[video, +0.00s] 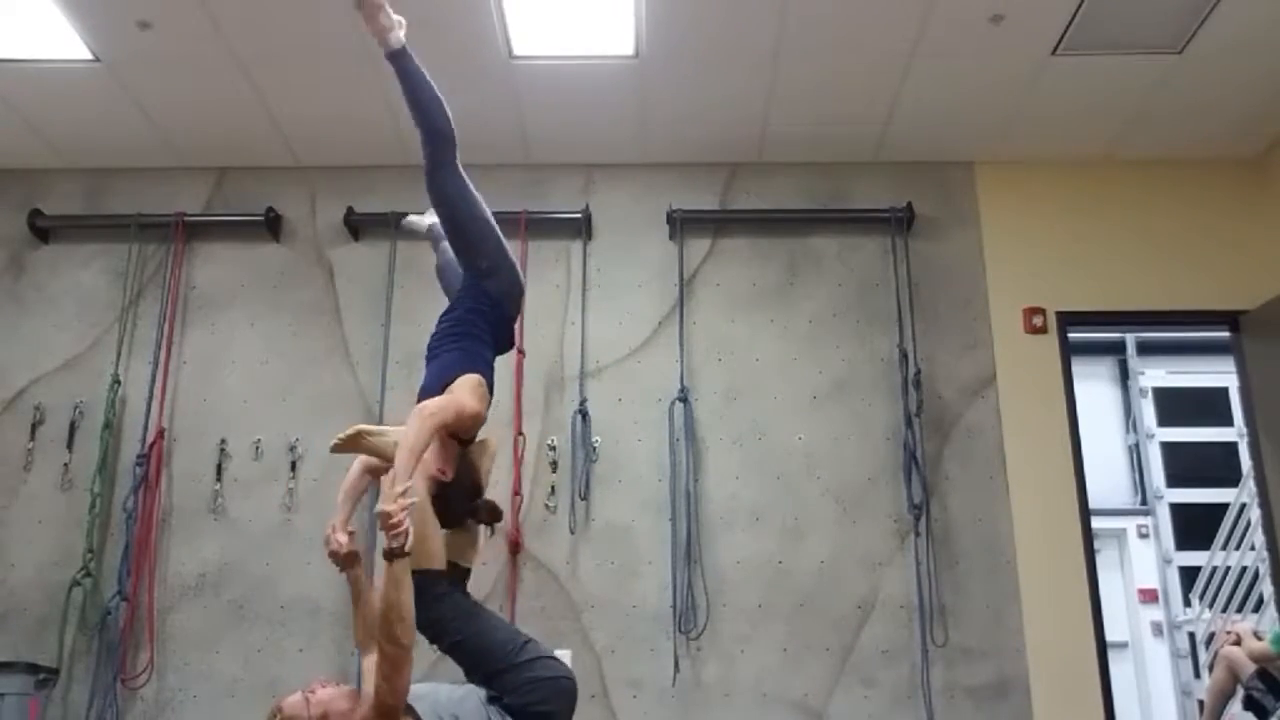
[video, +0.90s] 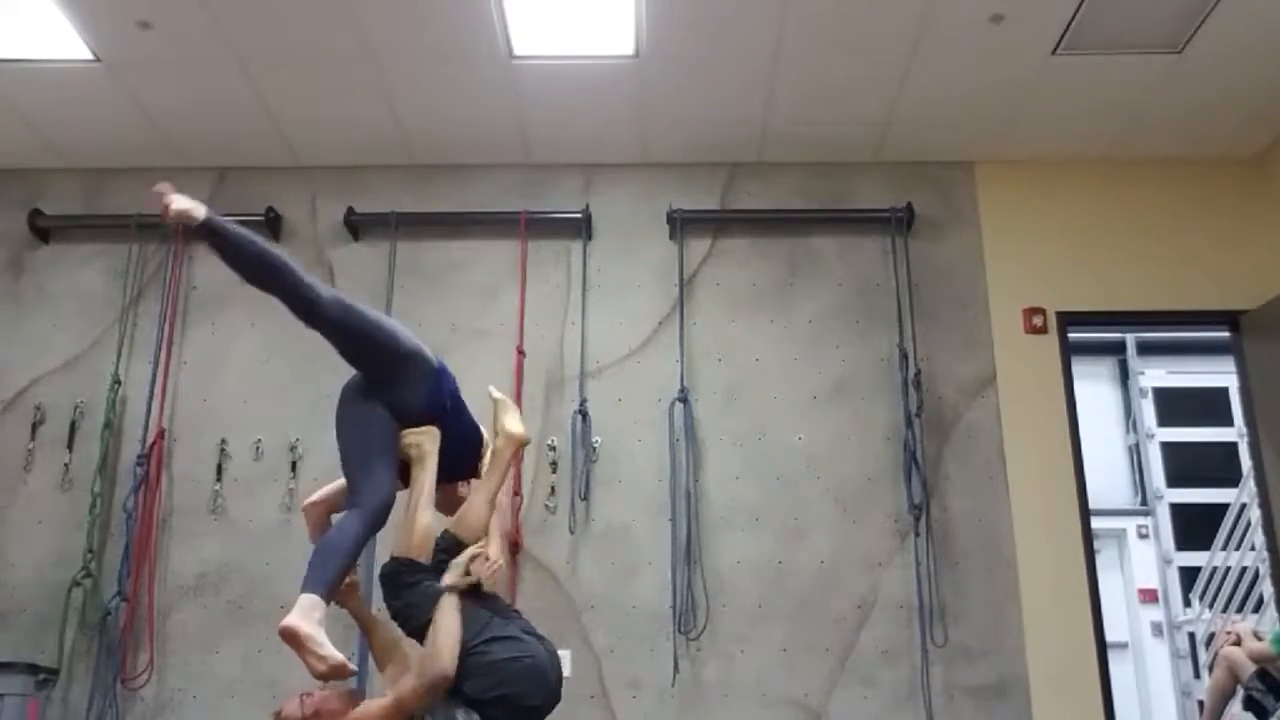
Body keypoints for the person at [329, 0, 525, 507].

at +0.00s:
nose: (429, 473)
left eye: (431, 480)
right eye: (430, 482)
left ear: (435, 471)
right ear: (448, 471)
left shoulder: (417, 433)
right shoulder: (470, 412)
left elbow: (369, 464)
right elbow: (425, 416)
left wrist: (341, 519)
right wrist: (398, 490)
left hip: (472, 317)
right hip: (495, 298)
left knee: (455, 279)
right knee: (443, 156)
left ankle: (436, 232)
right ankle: (395, 44)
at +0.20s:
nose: (428, 487)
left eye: (428, 496)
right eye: (437, 495)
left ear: (440, 490)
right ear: (457, 490)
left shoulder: (426, 439)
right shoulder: (467, 437)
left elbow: (371, 456)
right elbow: (413, 422)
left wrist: (354, 514)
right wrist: (386, 497)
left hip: (462, 327)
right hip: (488, 311)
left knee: (441, 252)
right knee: (424, 175)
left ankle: (447, 188)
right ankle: (368, 59)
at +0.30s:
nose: (431, 518)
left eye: (433, 528)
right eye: (440, 524)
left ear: (451, 510)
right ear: (461, 506)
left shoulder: (423, 455)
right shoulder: (472, 457)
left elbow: (373, 460)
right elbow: (440, 425)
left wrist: (342, 520)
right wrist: (413, 500)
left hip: (429, 341)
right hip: (467, 330)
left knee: (355, 263)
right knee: (464, 192)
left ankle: (300, 181)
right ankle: (462, 74)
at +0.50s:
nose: (519, 471)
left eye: (514, 487)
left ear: (498, 518)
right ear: (528, 522)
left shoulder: (460, 510)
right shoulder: (507, 467)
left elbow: (386, 479)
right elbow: (563, 464)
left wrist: (363, 528)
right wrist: (521, 523)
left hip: (398, 390)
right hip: (442, 348)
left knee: (281, 384)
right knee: (454, 231)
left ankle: (169, 341)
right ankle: (465, 140)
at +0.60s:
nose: (543, 546)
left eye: (554, 555)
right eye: (556, 544)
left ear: (535, 535)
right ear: (555, 514)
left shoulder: (482, 518)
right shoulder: (530, 486)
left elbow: (406, 492)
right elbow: (595, 483)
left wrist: (375, 543)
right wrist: (558, 531)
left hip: (380, 422)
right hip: (421, 390)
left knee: (283, 461)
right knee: (363, 271)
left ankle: (147, 468)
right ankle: (324, 165)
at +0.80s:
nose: (460, 509)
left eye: (465, 509)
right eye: (472, 507)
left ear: (459, 496)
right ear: (490, 492)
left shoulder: (425, 480)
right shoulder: (487, 464)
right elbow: (506, 492)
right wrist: (492, 536)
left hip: (348, 426)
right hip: (389, 391)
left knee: (355, 512)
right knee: (276, 317)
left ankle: (276, 607)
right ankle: (148, 235)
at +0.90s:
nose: (454, 504)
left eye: (455, 503)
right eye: (462, 503)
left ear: (446, 487)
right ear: (470, 486)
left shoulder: (398, 466)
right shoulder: (472, 456)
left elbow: (314, 507)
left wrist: (337, 576)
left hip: (366, 403)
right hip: (418, 379)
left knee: (375, 501)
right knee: (315, 301)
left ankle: (307, 616)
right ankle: (203, 220)